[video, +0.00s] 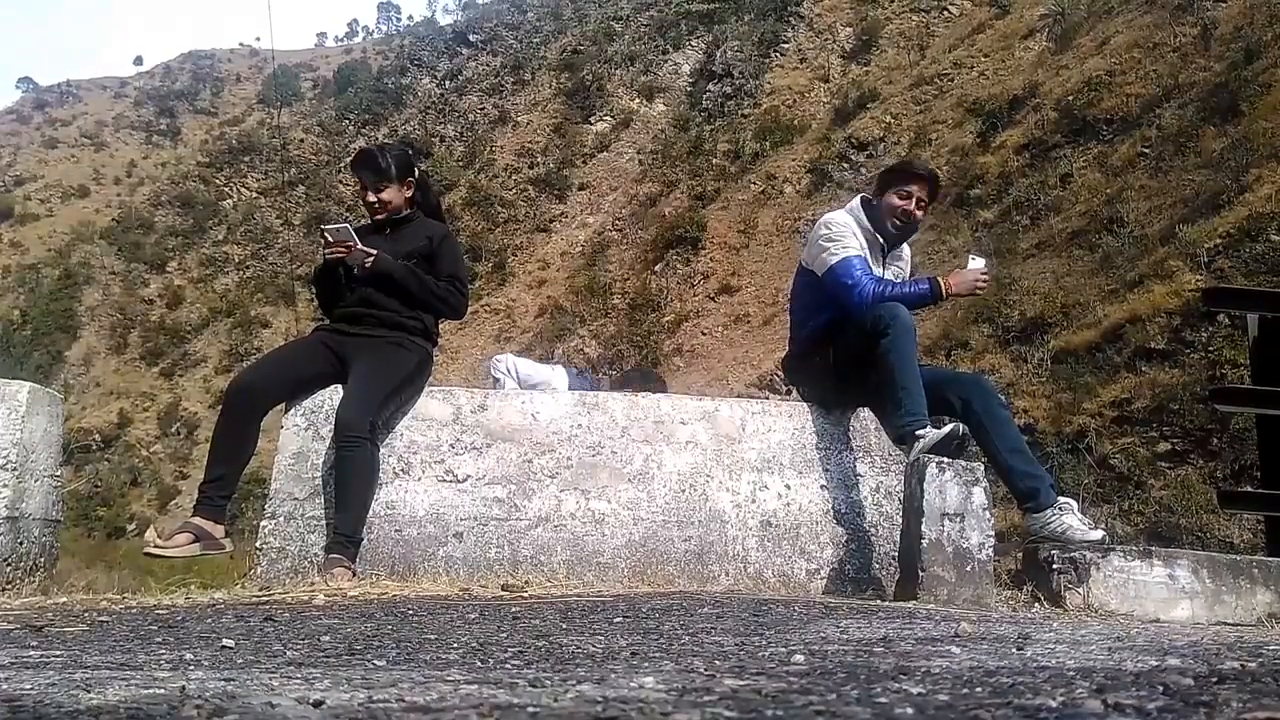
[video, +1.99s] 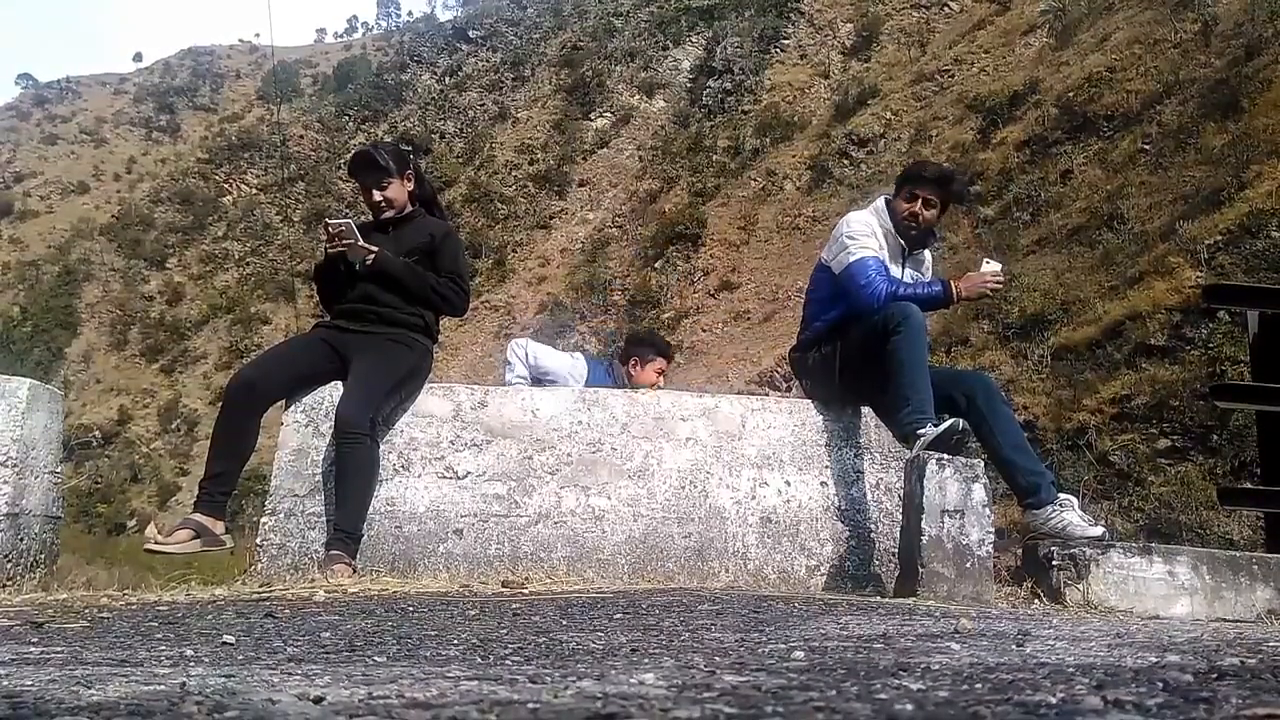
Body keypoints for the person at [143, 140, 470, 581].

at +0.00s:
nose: (371, 197)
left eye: (381, 188)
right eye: (365, 188)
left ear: (409, 186)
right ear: (360, 188)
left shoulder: (435, 235)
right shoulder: (355, 233)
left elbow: (455, 303)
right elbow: (331, 304)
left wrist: (384, 264)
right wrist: (331, 264)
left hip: (397, 346)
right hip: (337, 337)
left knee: (353, 425)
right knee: (247, 390)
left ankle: (341, 560)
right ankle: (208, 523)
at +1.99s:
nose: (375, 197)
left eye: (383, 186)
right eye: (367, 190)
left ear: (409, 179)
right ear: (361, 190)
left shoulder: (437, 231)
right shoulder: (359, 228)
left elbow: (456, 299)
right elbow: (333, 300)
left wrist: (379, 258)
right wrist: (333, 255)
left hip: (398, 343)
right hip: (337, 335)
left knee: (354, 420)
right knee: (247, 386)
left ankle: (341, 556)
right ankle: (208, 520)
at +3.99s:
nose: (404, 176)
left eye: (412, 168)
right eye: (392, 167)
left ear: (420, 175)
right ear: (371, 176)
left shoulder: (436, 227)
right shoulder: (353, 227)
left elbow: (456, 294)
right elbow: (328, 296)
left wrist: (383, 257)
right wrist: (331, 257)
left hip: (398, 338)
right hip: (337, 330)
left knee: (353, 419)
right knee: (246, 383)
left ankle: (341, 553)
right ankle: (209, 514)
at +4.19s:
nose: (412, 178)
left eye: (418, 170)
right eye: (400, 169)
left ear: (423, 179)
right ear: (375, 177)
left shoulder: (435, 229)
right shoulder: (352, 229)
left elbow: (457, 296)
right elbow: (327, 298)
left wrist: (382, 259)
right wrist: (331, 261)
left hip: (397, 340)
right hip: (337, 332)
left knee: (354, 420)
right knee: (247, 385)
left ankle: (341, 555)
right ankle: (209, 517)